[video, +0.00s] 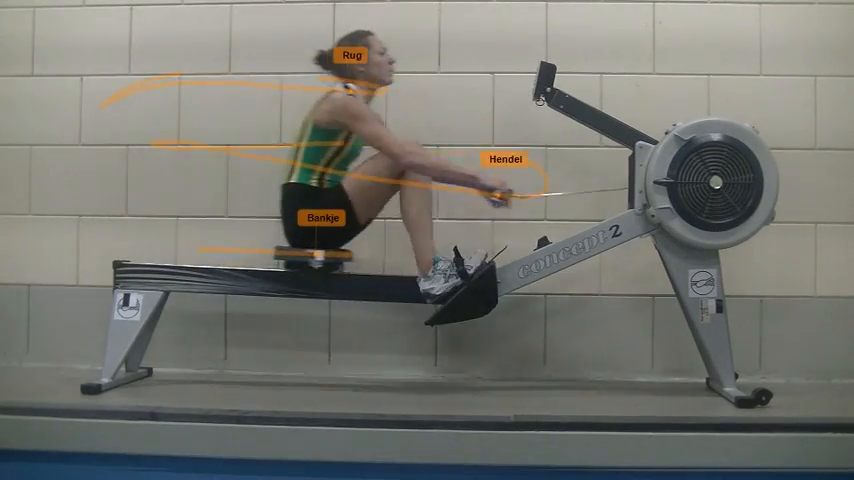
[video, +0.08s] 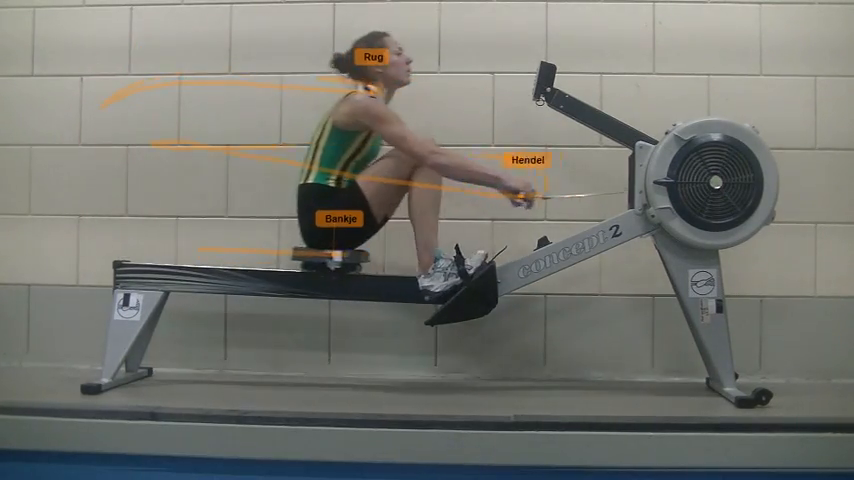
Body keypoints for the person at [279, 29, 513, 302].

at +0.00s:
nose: (391, 59)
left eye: (386, 52)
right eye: (381, 54)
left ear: (361, 66)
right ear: (358, 64)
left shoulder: (353, 105)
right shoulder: (345, 104)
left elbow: (411, 157)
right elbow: (408, 156)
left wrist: (477, 183)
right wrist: (478, 180)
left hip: (315, 215)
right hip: (308, 217)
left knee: (407, 159)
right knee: (406, 163)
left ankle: (432, 268)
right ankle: (430, 275)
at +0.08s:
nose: (408, 59)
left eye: (403, 52)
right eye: (398, 54)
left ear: (379, 68)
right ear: (376, 65)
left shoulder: (370, 105)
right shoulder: (365, 106)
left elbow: (433, 157)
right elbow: (433, 156)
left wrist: (500, 183)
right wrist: (502, 182)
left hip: (329, 216)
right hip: (326, 218)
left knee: (421, 157)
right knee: (421, 158)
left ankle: (432, 264)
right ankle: (430, 272)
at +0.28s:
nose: (414, 57)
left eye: (409, 50)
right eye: (404, 52)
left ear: (384, 67)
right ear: (384, 65)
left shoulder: (377, 102)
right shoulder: (375, 103)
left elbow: (446, 142)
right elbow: (450, 146)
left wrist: (513, 161)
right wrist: (514, 164)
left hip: (335, 214)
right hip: (333, 216)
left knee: (426, 153)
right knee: (434, 158)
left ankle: (435, 262)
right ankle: (429, 274)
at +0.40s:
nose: (378, 53)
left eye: (373, 46)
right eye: (367, 49)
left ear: (347, 64)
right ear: (346, 63)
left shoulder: (342, 98)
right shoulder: (338, 96)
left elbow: (411, 144)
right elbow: (407, 133)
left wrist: (474, 153)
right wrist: (480, 141)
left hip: (309, 211)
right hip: (303, 213)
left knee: (406, 157)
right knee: (409, 159)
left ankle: (432, 269)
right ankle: (431, 276)